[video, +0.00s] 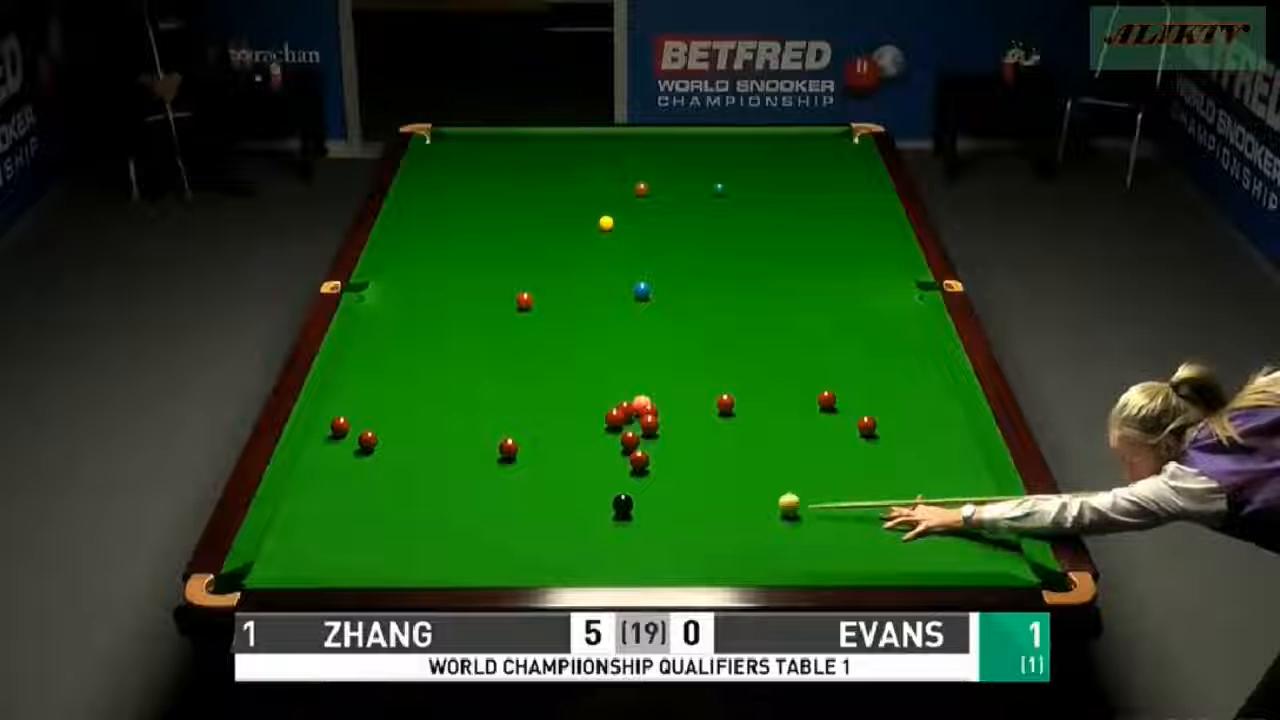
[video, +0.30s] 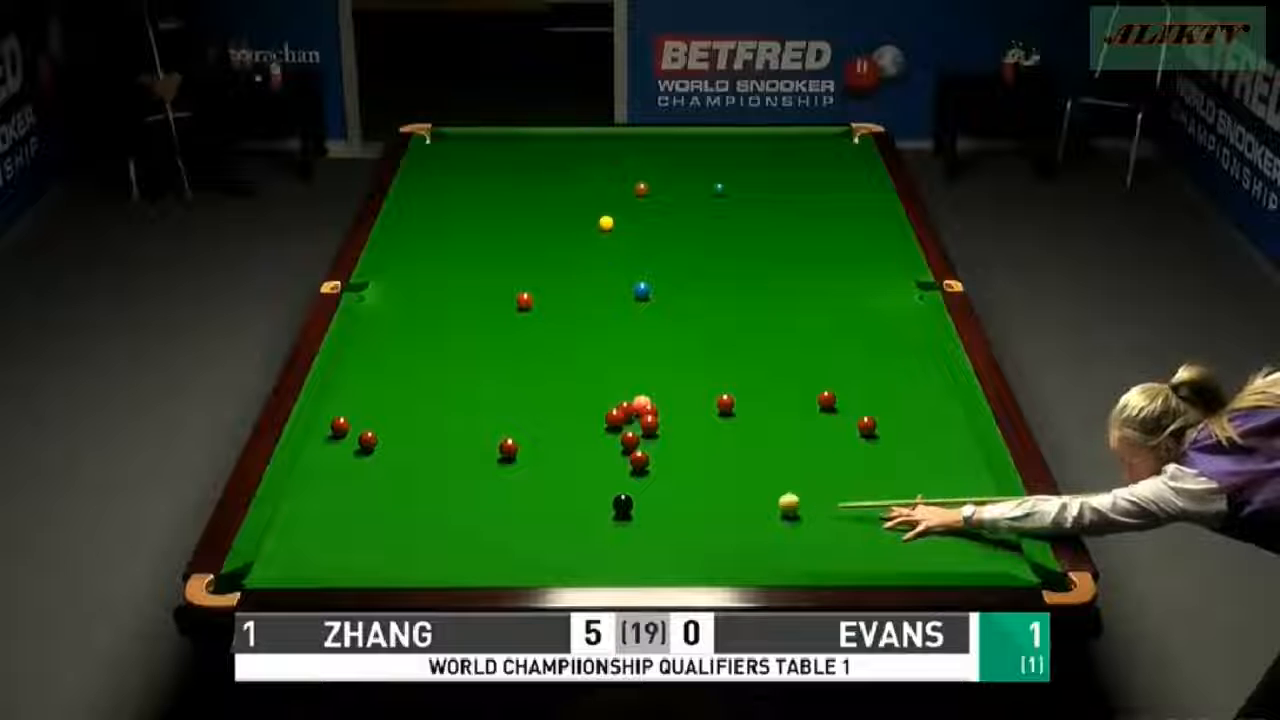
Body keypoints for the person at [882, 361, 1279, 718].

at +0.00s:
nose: (1122, 471)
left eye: (1126, 458)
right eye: (1118, 457)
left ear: (1163, 448)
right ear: (1183, 429)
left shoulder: (1188, 482)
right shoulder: (1255, 402)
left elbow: (1077, 511)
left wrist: (962, 515)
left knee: (1257, 710)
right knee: (1256, 706)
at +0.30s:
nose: (1123, 472)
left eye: (1127, 460)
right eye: (1119, 459)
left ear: (1162, 450)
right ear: (1184, 429)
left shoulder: (1190, 483)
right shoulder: (1254, 404)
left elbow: (1076, 512)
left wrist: (962, 516)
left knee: (1257, 710)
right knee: (1256, 707)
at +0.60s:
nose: (1124, 477)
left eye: (1127, 464)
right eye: (1120, 464)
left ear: (1165, 447)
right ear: (1178, 431)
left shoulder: (1189, 483)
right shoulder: (1257, 400)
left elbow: (1075, 512)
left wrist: (962, 516)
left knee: (1256, 709)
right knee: (1256, 704)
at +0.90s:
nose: (1124, 477)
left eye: (1126, 463)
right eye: (1120, 464)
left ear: (1163, 447)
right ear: (1179, 429)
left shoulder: (1189, 482)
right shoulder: (1256, 399)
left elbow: (1075, 513)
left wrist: (961, 516)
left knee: (1255, 710)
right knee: (1256, 705)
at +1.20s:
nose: (1123, 476)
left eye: (1126, 463)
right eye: (1119, 463)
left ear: (1162, 448)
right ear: (1181, 427)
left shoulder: (1189, 482)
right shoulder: (1256, 398)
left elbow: (1074, 513)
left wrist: (960, 516)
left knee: (1255, 709)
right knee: (1256, 705)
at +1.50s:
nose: (1122, 475)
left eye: (1125, 462)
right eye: (1118, 462)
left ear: (1162, 448)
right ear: (1180, 427)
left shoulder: (1188, 483)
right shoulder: (1256, 398)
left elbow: (1074, 513)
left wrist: (960, 516)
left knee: (1255, 709)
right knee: (1256, 705)